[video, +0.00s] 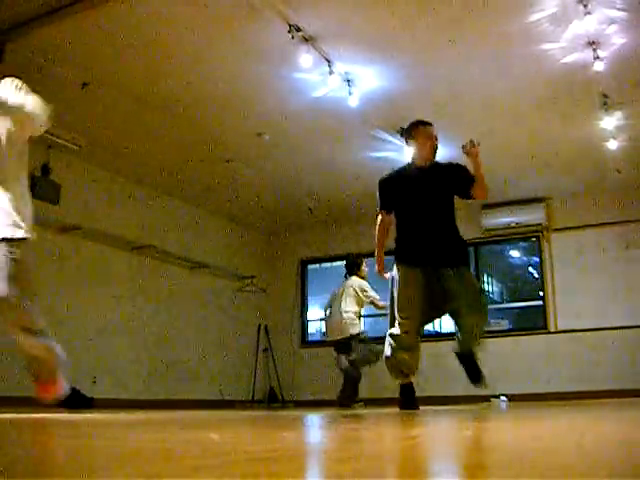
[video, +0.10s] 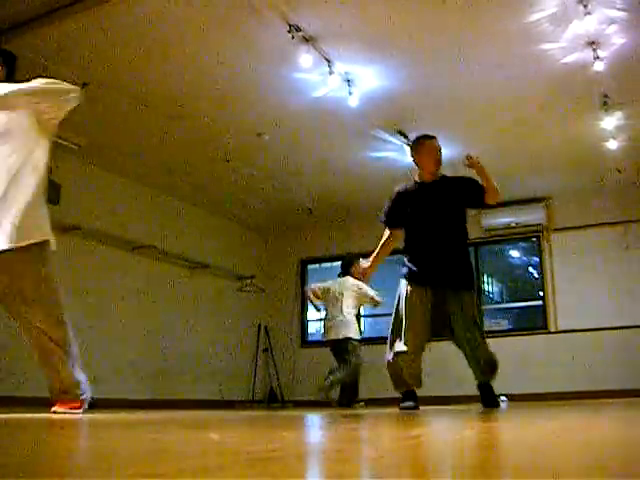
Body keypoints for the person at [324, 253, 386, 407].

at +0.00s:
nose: (366, 269)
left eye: (365, 266)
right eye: (364, 266)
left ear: (349, 269)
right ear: (358, 269)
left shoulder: (340, 287)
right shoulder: (359, 283)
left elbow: (327, 307)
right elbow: (375, 301)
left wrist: (328, 320)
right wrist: (385, 305)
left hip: (334, 330)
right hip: (350, 325)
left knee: (351, 365)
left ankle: (348, 398)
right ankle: (350, 358)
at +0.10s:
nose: (362, 271)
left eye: (362, 268)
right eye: (359, 267)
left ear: (344, 269)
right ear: (353, 268)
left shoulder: (331, 285)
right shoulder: (356, 285)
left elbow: (309, 290)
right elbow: (377, 300)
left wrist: (318, 306)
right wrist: (364, 301)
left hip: (331, 334)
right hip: (349, 332)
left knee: (345, 366)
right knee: (354, 363)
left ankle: (347, 399)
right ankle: (330, 382)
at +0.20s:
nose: (355, 270)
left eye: (355, 267)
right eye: (354, 267)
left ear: (338, 268)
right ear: (348, 268)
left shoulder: (326, 281)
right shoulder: (350, 281)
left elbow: (307, 287)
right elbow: (369, 298)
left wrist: (316, 300)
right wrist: (366, 308)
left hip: (322, 323)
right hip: (337, 323)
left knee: (345, 360)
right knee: (335, 361)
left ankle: (346, 396)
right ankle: (317, 393)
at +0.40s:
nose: (348, 268)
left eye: (347, 264)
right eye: (345, 264)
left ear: (333, 267)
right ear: (338, 266)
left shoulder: (327, 281)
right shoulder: (335, 279)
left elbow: (334, 313)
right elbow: (326, 293)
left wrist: (351, 306)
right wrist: (331, 308)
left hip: (308, 327)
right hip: (313, 326)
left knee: (323, 359)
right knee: (331, 357)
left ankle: (289, 375)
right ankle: (319, 396)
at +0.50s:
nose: (345, 269)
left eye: (344, 265)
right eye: (342, 265)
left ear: (333, 268)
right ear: (334, 267)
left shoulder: (334, 290)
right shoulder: (324, 278)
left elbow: (347, 309)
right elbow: (302, 283)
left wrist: (356, 293)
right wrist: (300, 301)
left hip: (297, 327)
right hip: (309, 326)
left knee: (300, 368)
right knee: (327, 359)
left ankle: (271, 363)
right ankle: (319, 398)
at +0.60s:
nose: (340, 271)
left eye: (340, 268)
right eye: (338, 268)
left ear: (332, 270)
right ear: (330, 270)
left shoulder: (329, 292)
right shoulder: (318, 280)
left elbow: (339, 313)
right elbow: (293, 283)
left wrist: (349, 303)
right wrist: (290, 302)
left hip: (294, 326)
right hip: (305, 324)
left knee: (280, 367)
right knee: (324, 359)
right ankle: (320, 399)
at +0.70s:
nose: (334, 285)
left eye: (334, 281)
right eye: (332, 281)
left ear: (318, 280)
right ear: (325, 281)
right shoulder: (314, 290)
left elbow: (308, 321)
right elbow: (292, 300)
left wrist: (317, 338)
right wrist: (303, 316)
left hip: (281, 334)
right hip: (298, 332)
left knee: (271, 376)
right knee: (324, 359)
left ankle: (241, 402)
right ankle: (319, 399)